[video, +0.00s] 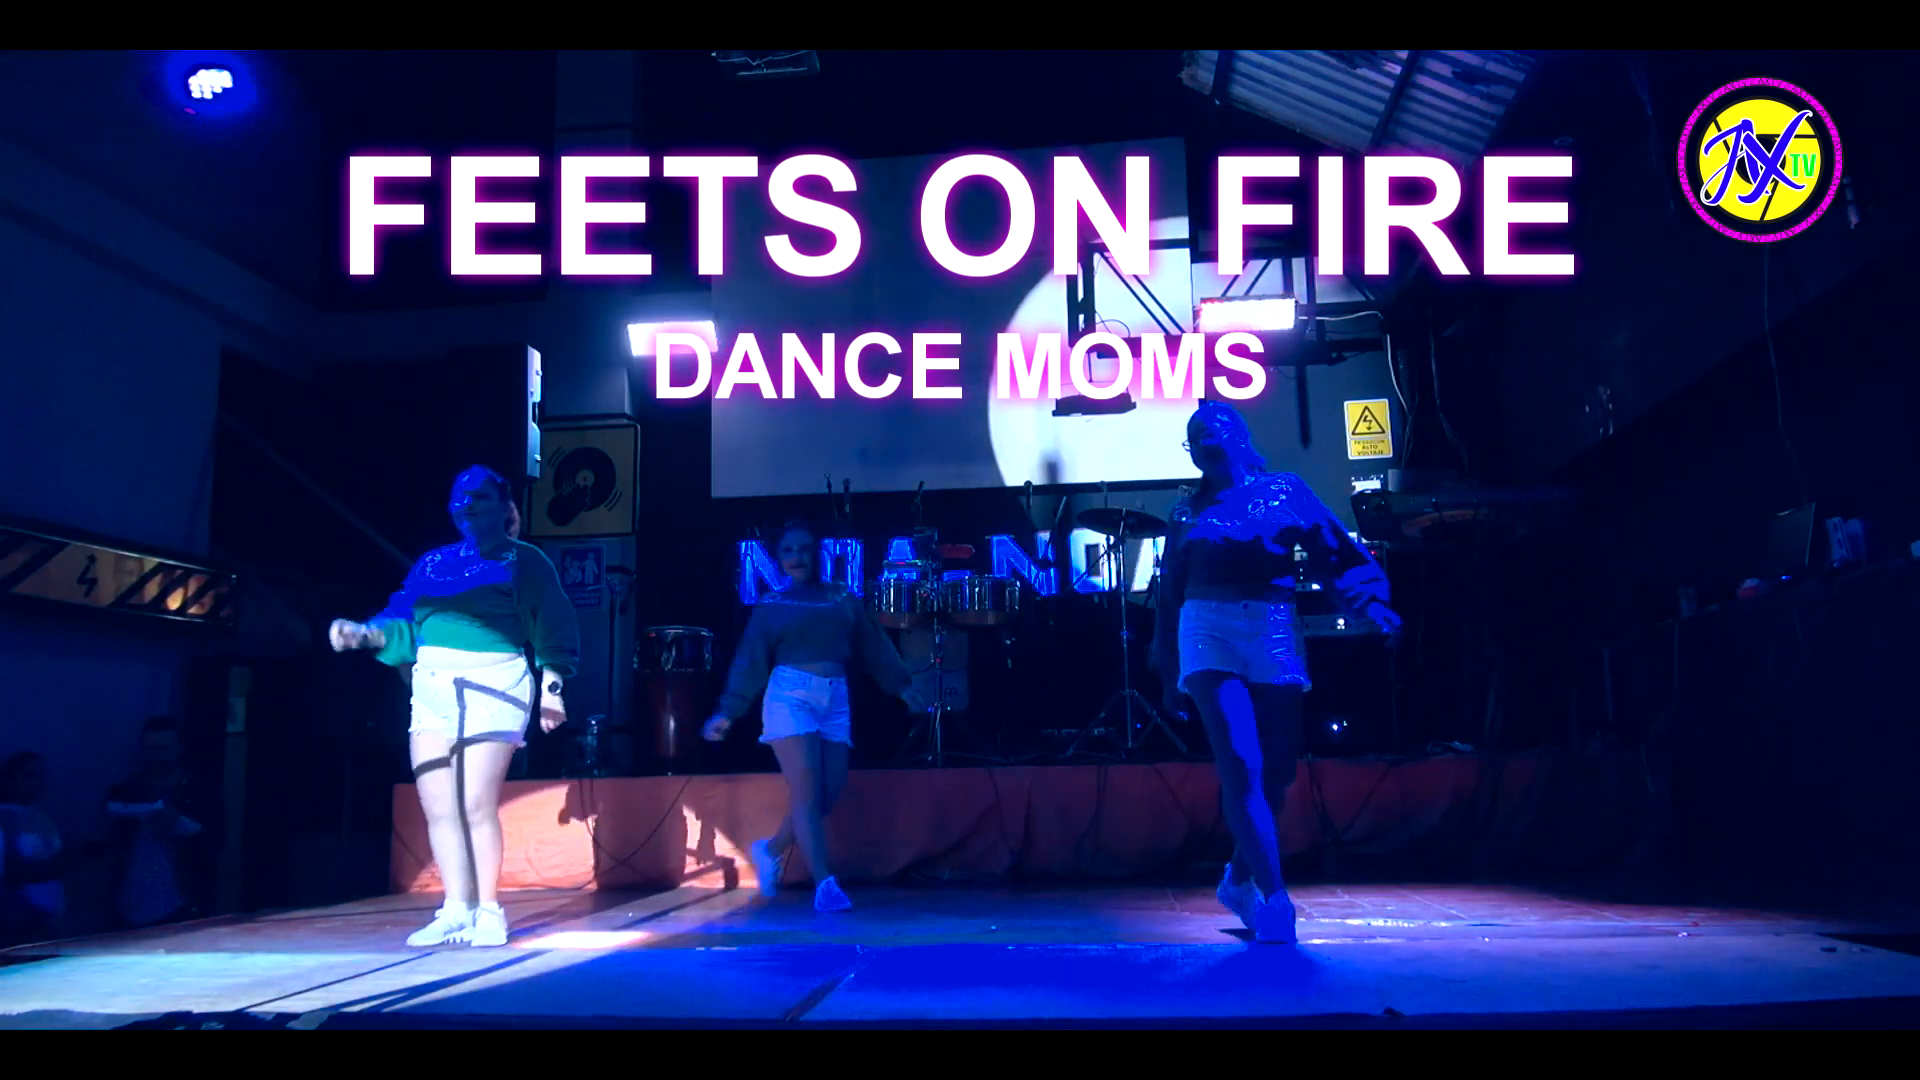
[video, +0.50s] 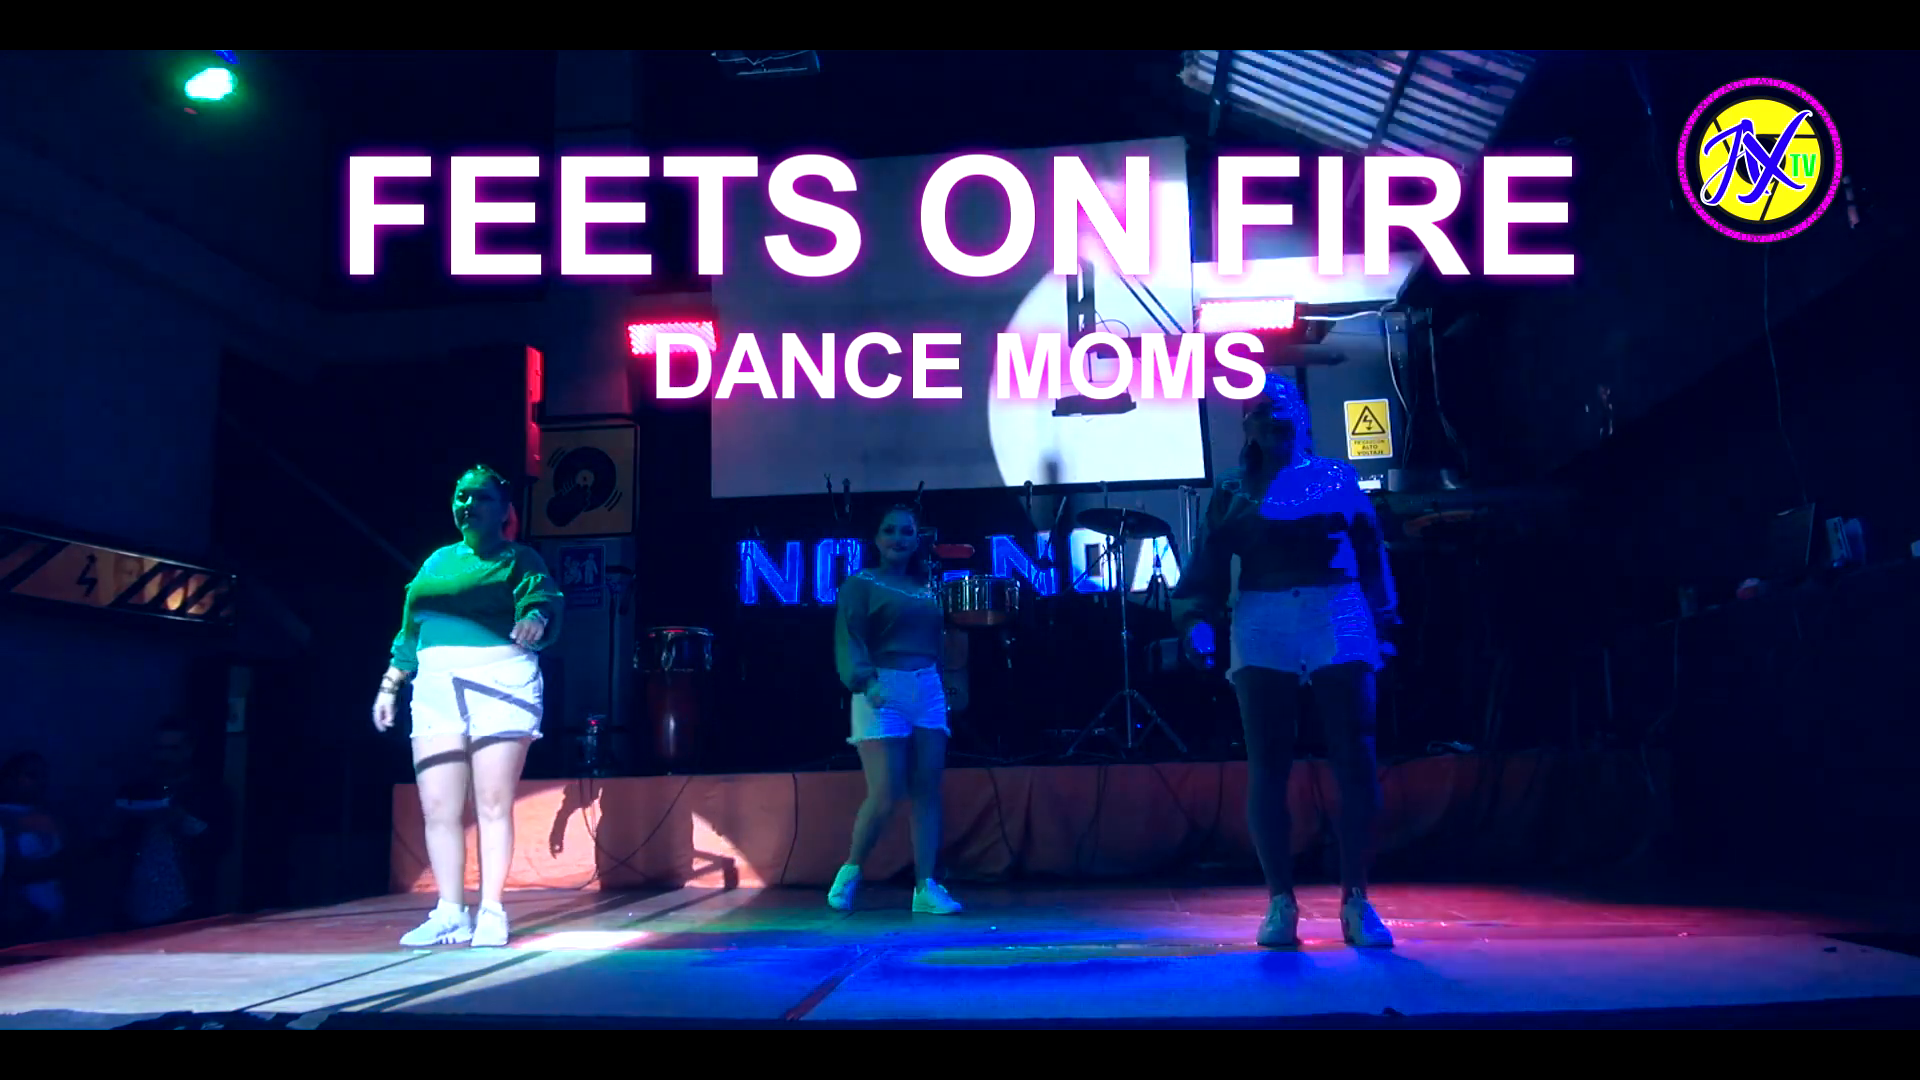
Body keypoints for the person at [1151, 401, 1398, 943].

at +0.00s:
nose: (1203, 438)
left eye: (1214, 427)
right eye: (1195, 433)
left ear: (1240, 436)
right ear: (1189, 449)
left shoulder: (1283, 489)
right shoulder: (1187, 511)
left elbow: (1341, 551)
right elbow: (1169, 593)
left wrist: (1370, 597)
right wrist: (1170, 666)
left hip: (1272, 631)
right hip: (1207, 629)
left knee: (1279, 770)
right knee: (1242, 764)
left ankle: (1238, 879)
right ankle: (1275, 902)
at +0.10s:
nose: (1211, 438)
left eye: (1222, 428)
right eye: (1205, 432)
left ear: (1248, 436)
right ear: (1202, 444)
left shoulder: (1296, 491)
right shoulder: (1197, 508)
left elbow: (1350, 557)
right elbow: (1176, 593)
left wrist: (1374, 616)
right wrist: (1176, 666)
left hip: (1284, 630)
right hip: (1215, 628)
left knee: (1311, 769)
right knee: (1240, 767)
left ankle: (1255, 855)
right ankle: (1273, 905)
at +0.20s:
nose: (1230, 439)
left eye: (1239, 428)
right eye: (1220, 432)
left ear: (1264, 433)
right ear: (1212, 444)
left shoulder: (1308, 488)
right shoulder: (1208, 509)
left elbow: (1351, 559)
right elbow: (1183, 590)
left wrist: (1373, 633)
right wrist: (1175, 665)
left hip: (1295, 631)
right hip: (1223, 630)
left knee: (1328, 755)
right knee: (1242, 764)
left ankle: (1297, 861)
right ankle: (1274, 902)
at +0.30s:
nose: (1252, 433)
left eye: (1261, 424)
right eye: (1243, 427)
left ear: (1282, 428)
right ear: (1228, 436)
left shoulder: (1319, 478)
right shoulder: (1214, 495)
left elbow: (1355, 549)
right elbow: (1189, 577)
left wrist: (1368, 616)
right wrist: (1175, 638)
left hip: (1309, 622)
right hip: (1233, 625)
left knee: (1334, 752)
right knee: (1253, 764)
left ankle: (1336, 891)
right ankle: (1277, 900)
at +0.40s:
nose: (1257, 424)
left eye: (1267, 415)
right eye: (1249, 417)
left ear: (1288, 420)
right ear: (1235, 426)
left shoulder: (1326, 475)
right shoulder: (1222, 487)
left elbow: (1362, 544)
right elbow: (1196, 565)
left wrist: (1371, 606)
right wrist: (1189, 625)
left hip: (1322, 613)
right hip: (1246, 615)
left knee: (1340, 755)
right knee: (1259, 762)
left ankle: (1353, 898)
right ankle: (1278, 901)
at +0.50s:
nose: (1272, 424)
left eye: (1281, 415)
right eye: (1262, 418)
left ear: (1301, 423)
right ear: (1248, 430)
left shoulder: (1336, 477)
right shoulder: (1232, 490)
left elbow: (1372, 555)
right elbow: (1205, 570)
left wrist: (1384, 623)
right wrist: (1196, 620)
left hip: (1338, 617)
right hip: (1262, 623)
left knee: (1353, 760)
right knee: (1268, 765)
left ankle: (1356, 899)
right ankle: (1280, 900)